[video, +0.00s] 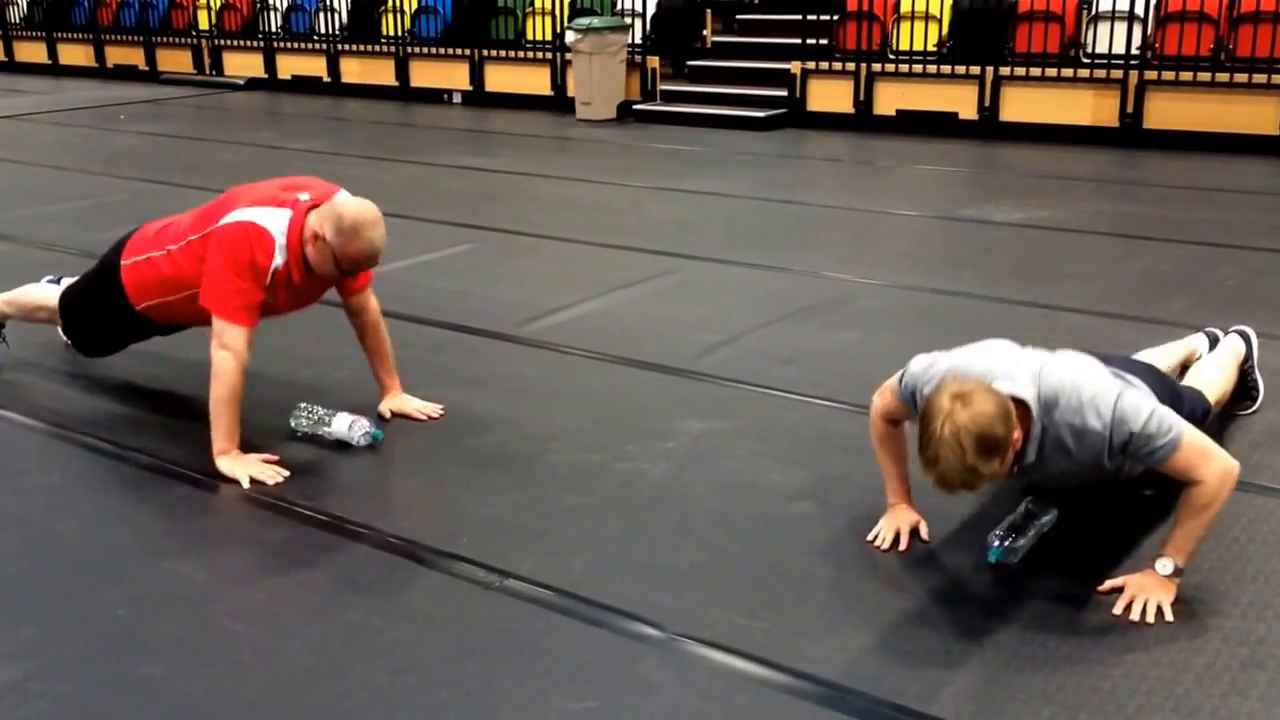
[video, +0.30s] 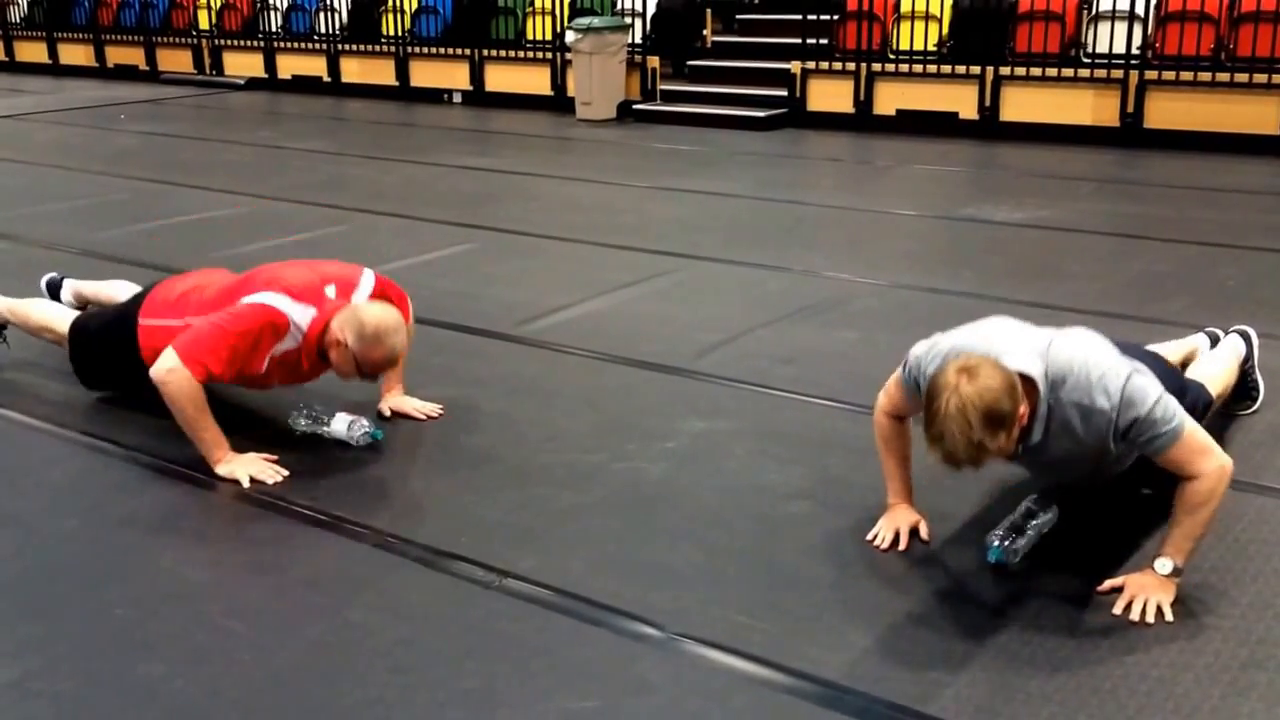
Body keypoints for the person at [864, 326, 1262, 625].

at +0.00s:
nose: (986, 487)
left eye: (990, 477)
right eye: (968, 481)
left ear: (1014, 439)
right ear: (936, 431)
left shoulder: (1104, 413)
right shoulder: (937, 377)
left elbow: (1219, 471)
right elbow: (883, 409)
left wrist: (1165, 571)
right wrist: (898, 503)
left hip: (1142, 400)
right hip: (1087, 372)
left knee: (1195, 397)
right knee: (1138, 369)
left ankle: (1236, 346)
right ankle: (1200, 341)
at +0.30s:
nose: (994, 460)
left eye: (997, 449)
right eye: (979, 455)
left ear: (1022, 411)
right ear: (947, 413)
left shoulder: (1108, 392)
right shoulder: (935, 362)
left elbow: (1212, 469)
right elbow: (888, 410)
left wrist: (1164, 570)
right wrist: (899, 503)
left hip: (1137, 388)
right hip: (1089, 364)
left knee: (1194, 394)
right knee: (1141, 363)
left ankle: (1236, 346)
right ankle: (1201, 340)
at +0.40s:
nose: (993, 418)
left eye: (1000, 406)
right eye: (978, 412)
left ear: (1028, 365)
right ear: (952, 364)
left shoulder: (1118, 351)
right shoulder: (938, 329)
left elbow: (1189, 459)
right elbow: (901, 407)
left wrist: (1163, 570)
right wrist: (898, 502)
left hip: (1146, 373)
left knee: (1200, 383)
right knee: (1170, 368)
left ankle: (1239, 349)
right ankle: (1210, 344)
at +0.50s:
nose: (992, 386)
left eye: (1003, 375)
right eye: (980, 378)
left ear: (1035, 336)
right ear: (953, 341)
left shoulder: (1122, 334)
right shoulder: (945, 315)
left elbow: (1169, 454)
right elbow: (911, 406)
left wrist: (1161, 569)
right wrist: (899, 502)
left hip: (1148, 377)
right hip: (1064, 400)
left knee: (1198, 385)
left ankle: (1236, 351)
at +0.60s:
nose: (989, 405)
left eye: (999, 392)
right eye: (975, 396)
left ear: (1030, 352)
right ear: (957, 364)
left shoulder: (1120, 352)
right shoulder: (939, 332)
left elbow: (1194, 458)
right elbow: (901, 407)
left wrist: (1162, 570)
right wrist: (898, 502)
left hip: (1148, 375)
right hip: (1062, 403)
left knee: (1198, 377)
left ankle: (1238, 348)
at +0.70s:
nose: (987, 450)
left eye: (993, 441)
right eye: (974, 444)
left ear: (1022, 403)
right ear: (946, 403)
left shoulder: (1107, 389)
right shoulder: (936, 360)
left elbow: (1213, 467)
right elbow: (887, 408)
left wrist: (1163, 570)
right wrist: (897, 503)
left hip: (1141, 388)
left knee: (1200, 390)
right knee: (1148, 364)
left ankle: (1236, 346)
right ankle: (1202, 340)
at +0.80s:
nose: (981, 496)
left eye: (985, 487)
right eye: (968, 490)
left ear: (1014, 451)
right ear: (934, 432)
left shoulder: (1105, 423)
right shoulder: (941, 383)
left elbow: (1223, 475)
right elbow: (879, 409)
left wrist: (1163, 571)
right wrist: (896, 502)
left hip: (1141, 406)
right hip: (1077, 379)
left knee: (1196, 399)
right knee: (1135, 376)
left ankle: (1235, 346)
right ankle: (1199, 341)